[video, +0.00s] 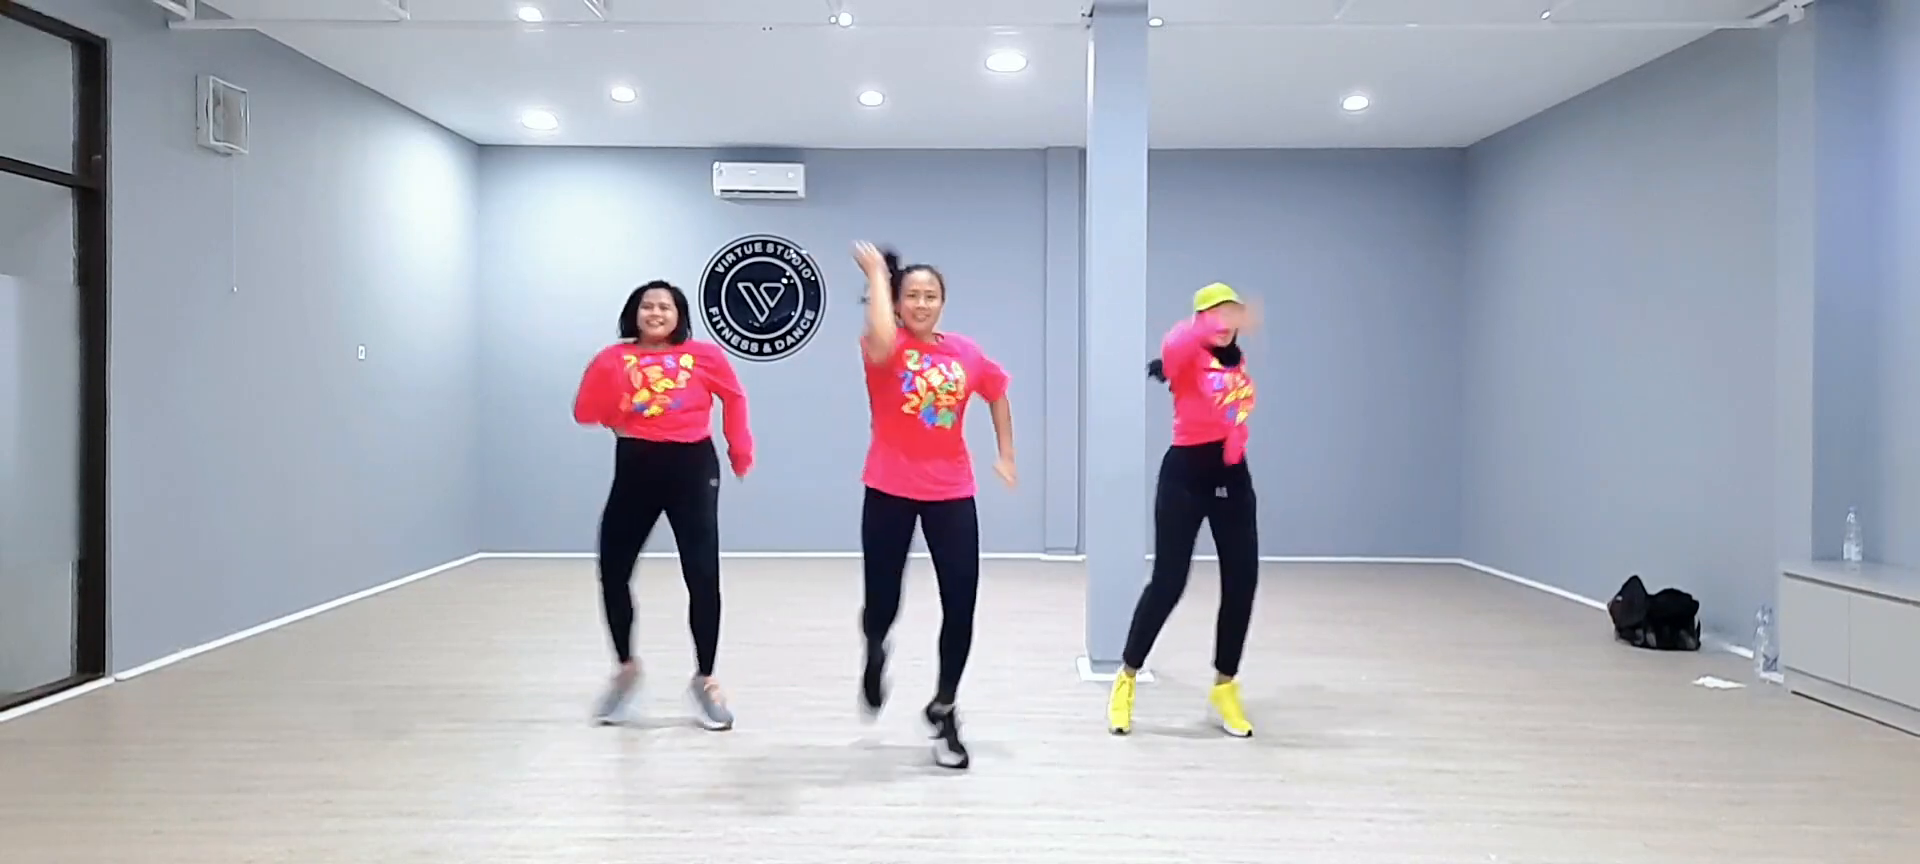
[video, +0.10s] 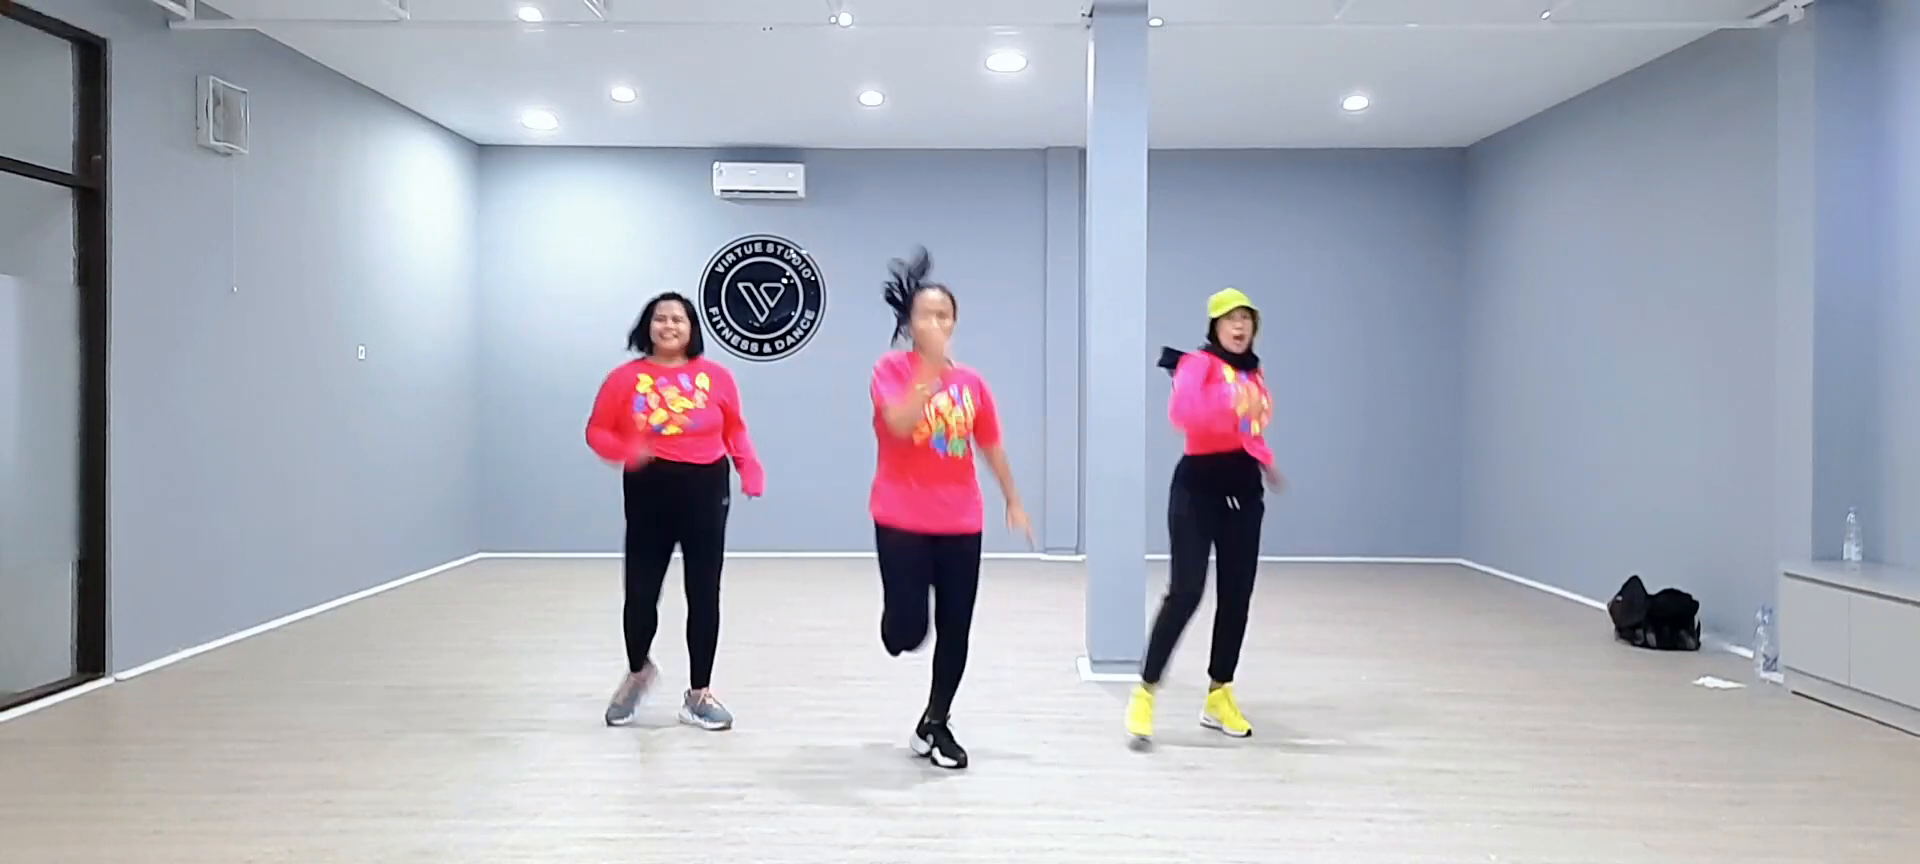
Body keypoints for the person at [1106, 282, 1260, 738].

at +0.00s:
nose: (1228, 321)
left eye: (1233, 312)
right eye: (1220, 313)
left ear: (1238, 320)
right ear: (1201, 318)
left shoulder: (1233, 360)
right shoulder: (1183, 357)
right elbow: (1182, 341)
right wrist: (1220, 321)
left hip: (1233, 475)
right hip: (1185, 474)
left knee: (1241, 583)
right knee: (1169, 581)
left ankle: (1224, 687)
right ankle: (1126, 680)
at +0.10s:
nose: (1240, 327)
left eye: (1247, 319)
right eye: (1231, 319)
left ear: (1254, 327)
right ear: (1215, 325)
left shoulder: (1253, 376)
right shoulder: (1198, 364)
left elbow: (1248, 433)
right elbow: (1181, 414)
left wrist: (1268, 466)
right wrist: (1233, 414)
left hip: (1243, 490)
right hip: (1197, 487)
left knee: (1236, 597)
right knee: (1187, 591)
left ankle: (1219, 695)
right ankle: (1146, 692)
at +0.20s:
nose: (1251, 341)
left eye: (1258, 334)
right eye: (1243, 334)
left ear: (1266, 341)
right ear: (1227, 340)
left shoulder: (1270, 394)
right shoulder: (1207, 385)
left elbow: (1271, 457)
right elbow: (1188, 447)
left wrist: (1299, 463)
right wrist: (1228, 473)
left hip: (1255, 507)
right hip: (1207, 503)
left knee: (1245, 603)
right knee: (1209, 597)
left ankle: (1221, 696)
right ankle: (1186, 705)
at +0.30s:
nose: (1255, 337)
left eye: (1262, 330)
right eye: (1246, 330)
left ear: (1273, 337)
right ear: (1232, 336)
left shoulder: (1285, 389)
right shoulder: (1210, 381)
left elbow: (1318, 440)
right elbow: (1168, 432)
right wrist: (1190, 467)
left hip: (1266, 497)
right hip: (1220, 494)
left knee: (1255, 597)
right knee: (1232, 593)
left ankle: (1223, 691)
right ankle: (1229, 699)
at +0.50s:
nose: (1260, 348)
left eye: (1268, 340)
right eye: (1251, 340)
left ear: (1281, 346)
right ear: (1238, 347)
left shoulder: (1302, 384)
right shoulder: (1224, 392)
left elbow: (1370, 389)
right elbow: (1171, 434)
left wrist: (1336, 410)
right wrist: (1187, 450)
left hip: (1291, 505)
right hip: (1246, 505)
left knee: (1283, 610)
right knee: (1285, 613)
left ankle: (1237, 679)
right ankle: (1283, 754)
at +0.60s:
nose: (1274, 353)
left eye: (1281, 346)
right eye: (1264, 345)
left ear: (1289, 353)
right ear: (1246, 351)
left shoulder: (1306, 403)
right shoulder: (1230, 408)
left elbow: (1349, 440)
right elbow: (1212, 472)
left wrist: (1362, 457)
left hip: (1298, 526)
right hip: (1259, 523)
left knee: (1289, 626)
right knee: (1319, 627)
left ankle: (1228, 686)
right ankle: (1288, 757)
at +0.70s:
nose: (1297, 343)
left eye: (1299, 336)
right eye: (1288, 335)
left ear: (1296, 344)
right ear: (1263, 341)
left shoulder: (1286, 393)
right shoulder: (1251, 390)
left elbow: (1295, 459)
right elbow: (1256, 452)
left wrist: (1331, 487)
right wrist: (1314, 429)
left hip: (1288, 513)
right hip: (1276, 514)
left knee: (1289, 617)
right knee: (1327, 626)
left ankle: (1227, 702)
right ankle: (1289, 756)